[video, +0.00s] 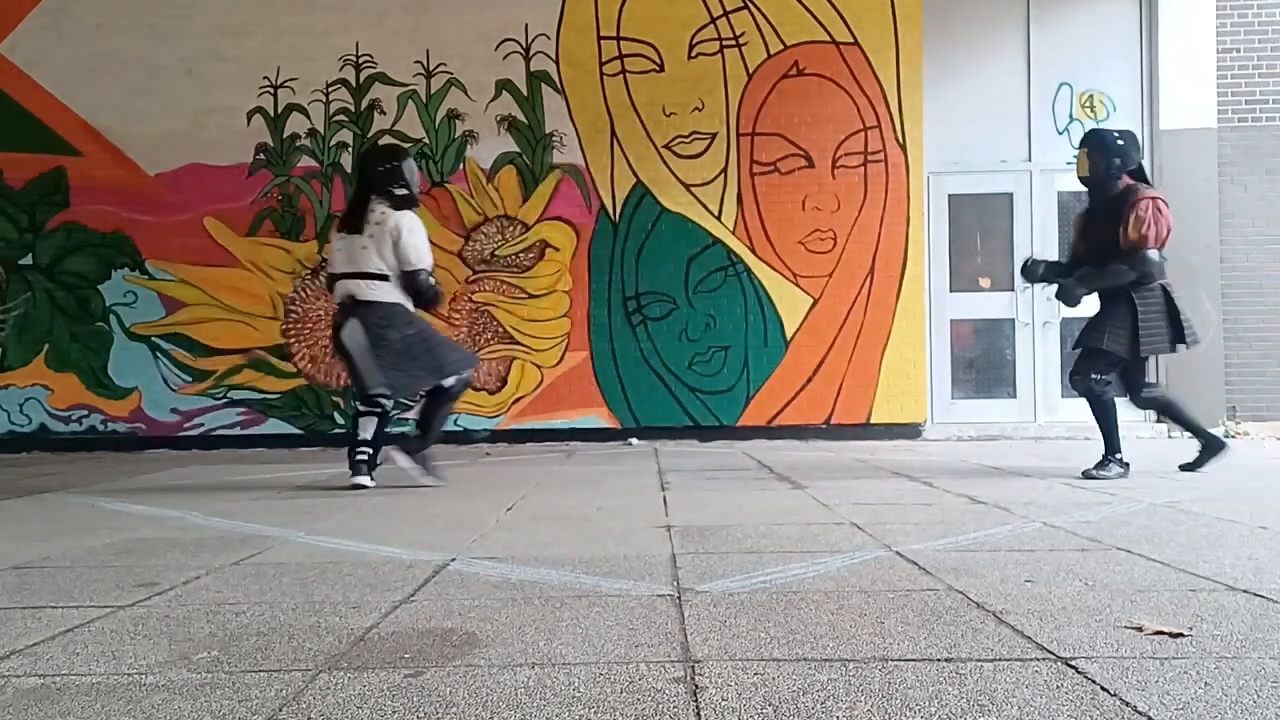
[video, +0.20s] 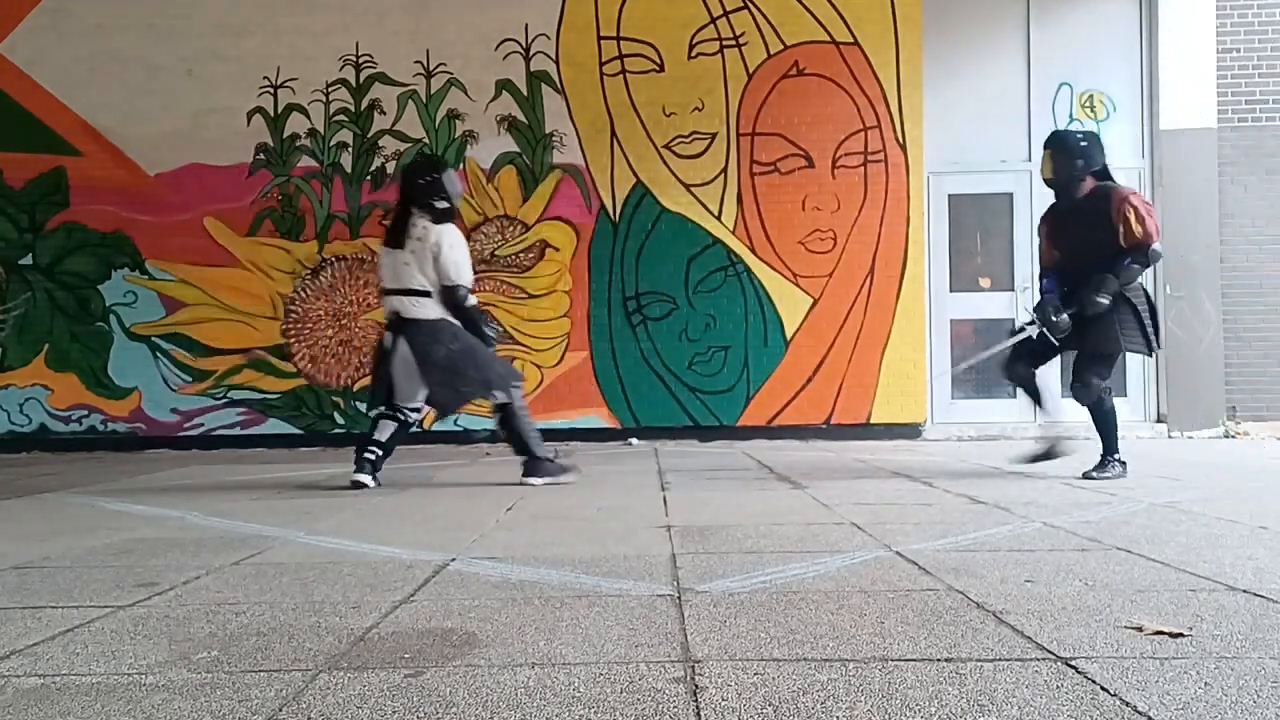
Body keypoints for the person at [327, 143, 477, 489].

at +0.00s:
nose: (416, 179)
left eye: (412, 170)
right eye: (409, 171)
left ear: (365, 178)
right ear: (395, 178)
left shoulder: (344, 220)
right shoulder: (402, 219)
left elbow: (333, 281)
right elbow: (418, 284)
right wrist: (434, 295)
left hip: (346, 318)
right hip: (388, 317)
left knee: (375, 391)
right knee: (458, 370)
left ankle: (361, 467)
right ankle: (417, 447)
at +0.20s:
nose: (452, 190)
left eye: (448, 182)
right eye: (445, 183)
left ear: (409, 191)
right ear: (436, 189)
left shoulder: (393, 232)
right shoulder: (444, 232)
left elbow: (390, 291)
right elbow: (455, 295)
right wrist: (483, 332)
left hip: (400, 332)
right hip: (438, 333)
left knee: (406, 404)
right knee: (505, 381)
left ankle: (366, 466)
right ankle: (537, 460)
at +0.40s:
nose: (494, 204)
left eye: (491, 197)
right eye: (488, 198)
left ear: (451, 207)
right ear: (476, 207)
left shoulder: (439, 243)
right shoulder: (473, 248)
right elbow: (478, 313)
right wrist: (519, 322)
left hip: (428, 340)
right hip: (462, 344)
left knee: (416, 408)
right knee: (542, 376)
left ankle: (360, 452)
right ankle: (546, 460)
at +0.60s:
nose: (480, 206)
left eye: (477, 198)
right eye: (474, 199)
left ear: (437, 206)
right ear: (457, 207)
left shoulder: (425, 241)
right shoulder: (451, 248)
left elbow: (426, 303)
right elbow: (459, 308)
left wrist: (473, 326)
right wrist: (492, 297)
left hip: (408, 341)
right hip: (439, 346)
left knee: (389, 415)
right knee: (515, 381)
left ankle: (332, 468)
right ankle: (543, 462)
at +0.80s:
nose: (434, 193)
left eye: (432, 185)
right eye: (429, 186)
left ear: (387, 192)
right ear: (416, 193)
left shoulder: (370, 223)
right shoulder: (413, 232)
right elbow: (432, 296)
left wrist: (430, 254)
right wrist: (444, 270)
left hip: (363, 327)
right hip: (400, 331)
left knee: (363, 403)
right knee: (470, 373)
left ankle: (322, 467)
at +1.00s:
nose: (419, 185)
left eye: (416, 176)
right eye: (414, 177)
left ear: (371, 183)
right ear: (401, 183)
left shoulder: (353, 220)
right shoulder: (403, 221)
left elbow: (337, 277)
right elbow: (424, 286)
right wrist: (435, 261)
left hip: (351, 317)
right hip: (390, 318)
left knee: (354, 395)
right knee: (454, 364)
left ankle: (321, 468)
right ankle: (394, 407)